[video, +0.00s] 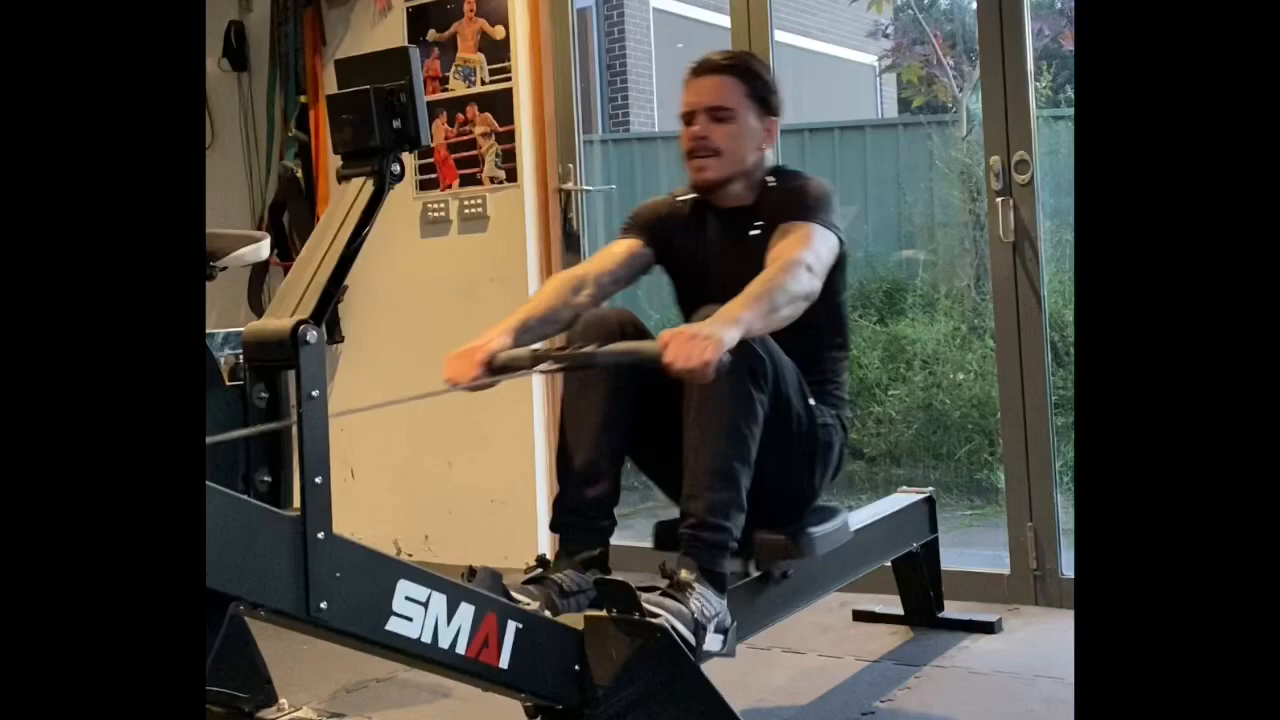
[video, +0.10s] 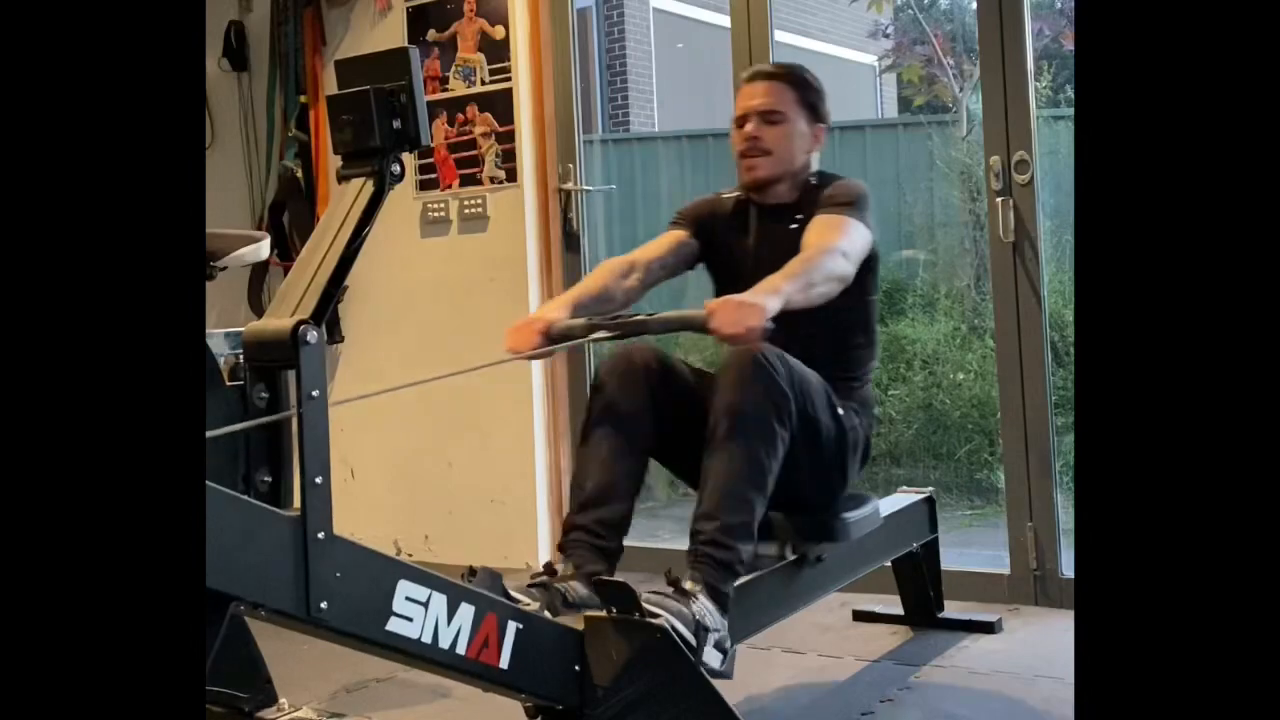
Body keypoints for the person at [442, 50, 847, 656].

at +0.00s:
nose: (697, 133)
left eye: (719, 117)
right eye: (688, 119)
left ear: (768, 133)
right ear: (680, 131)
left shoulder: (805, 201)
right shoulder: (667, 220)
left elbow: (794, 279)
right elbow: (588, 282)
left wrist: (725, 325)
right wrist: (505, 336)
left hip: (791, 465)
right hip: (699, 460)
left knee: (737, 351)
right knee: (601, 328)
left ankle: (700, 587)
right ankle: (578, 564)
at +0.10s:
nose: (749, 133)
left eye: (769, 118)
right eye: (740, 122)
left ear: (816, 136)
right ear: (731, 136)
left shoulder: (842, 202)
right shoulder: (716, 215)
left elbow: (829, 262)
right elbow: (633, 271)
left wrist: (764, 296)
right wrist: (558, 312)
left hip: (824, 449)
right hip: (736, 441)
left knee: (755, 362)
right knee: (632, 364)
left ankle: (706, 600)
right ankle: (581, 574)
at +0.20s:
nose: (787, 136)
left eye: (808, 123)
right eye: (779, 126)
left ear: (851, 140)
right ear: (769, 139)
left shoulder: (874, 202)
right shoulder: (751, 215)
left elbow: (877, 262)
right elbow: (679, 268)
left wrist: (819, 288)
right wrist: (612, 306)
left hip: (852, 419)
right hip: (756, 407)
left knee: (779, 401)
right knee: (651, 409)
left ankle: (706, 613)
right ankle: (583, 584)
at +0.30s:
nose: (818, 151)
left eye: (838, 138)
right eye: (810, 141)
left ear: (879, 151)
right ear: (802, 153)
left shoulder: (906, 214)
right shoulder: (780, 225)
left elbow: (928, 280)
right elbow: (712, 280)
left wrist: (864, 286)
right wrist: (662, 298)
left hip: (860, 405)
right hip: (773, 399)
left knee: (795, 451)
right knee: (679, 451)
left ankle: (716, 619)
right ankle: (581, 591)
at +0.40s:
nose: (829, 168)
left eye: (846, 154)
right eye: (820, 156)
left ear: (887, 160)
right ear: (812, 165)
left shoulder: (921, 227)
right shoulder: (799, 235)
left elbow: (995, 298)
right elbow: (744, 289)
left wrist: (911, 293)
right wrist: (710, 303)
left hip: (864, 412)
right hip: (774, 410)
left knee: (793, 469)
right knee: (693, 474)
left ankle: (717, 621)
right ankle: (588, 591)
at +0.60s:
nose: (793, 160)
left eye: (811, 145)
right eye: (784, 147)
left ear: (856, 149)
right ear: (777, 154)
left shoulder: (906, 229)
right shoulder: (768, 235)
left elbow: (1015, 302)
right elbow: (698, 313)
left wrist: (919, 289)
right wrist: (694, 310)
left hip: (855, 436)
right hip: (759, 427)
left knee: (769, 402)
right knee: (671, 397)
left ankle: (716, 623)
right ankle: (591, 587)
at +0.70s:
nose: (771, 146)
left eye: (789, 130)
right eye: (761, 133)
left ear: (835, 140)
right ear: (752, 144)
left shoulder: (878, 215)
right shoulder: (741, 226)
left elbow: (961, 279)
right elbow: (666, 283)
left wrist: (859, 277)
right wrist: (630, 296)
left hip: (839, 454)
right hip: (742, 442)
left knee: (754, 374)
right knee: (645, 369)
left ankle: (715, 616)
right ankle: (586, 575)